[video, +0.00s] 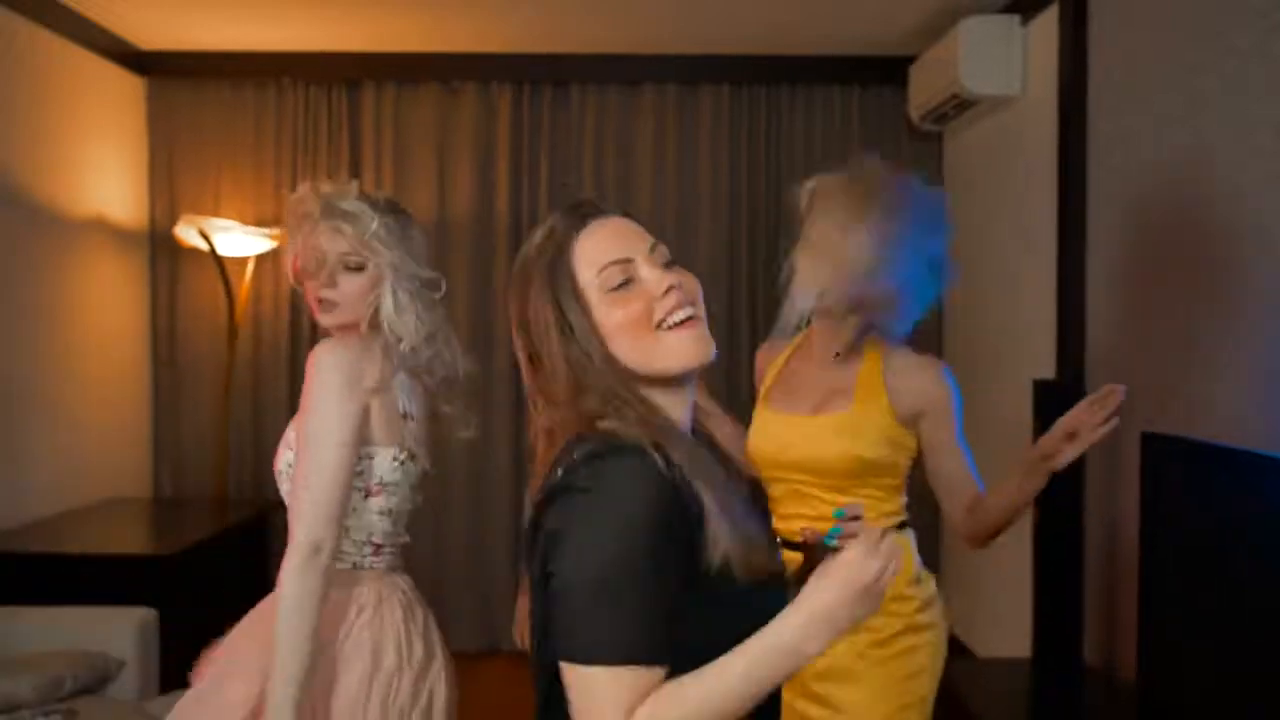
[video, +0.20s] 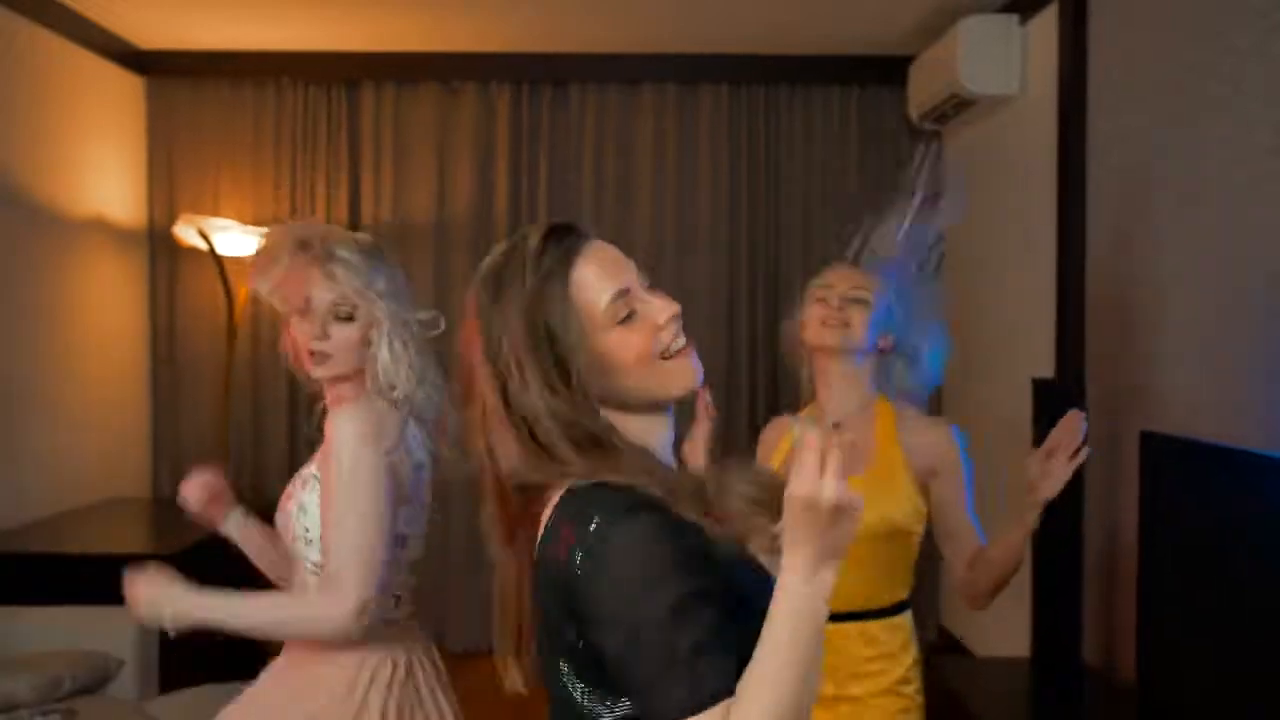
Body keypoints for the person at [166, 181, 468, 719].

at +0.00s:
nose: (322, 283)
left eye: (351, 267)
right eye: (312, 265)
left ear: (391, 275)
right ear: (298, 269)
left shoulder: (338, 360)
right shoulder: (404, 362)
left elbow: (311, 549)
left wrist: (282, 703)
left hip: (335, 629)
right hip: (396, 620)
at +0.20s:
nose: (316, 334)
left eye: (344, 316)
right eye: (303, 313)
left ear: (383, 326)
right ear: (287, 323)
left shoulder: (360, 424)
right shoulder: (373, 418)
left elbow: (346, 609)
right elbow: (310, 582)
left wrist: (187, 605)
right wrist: (231, 518)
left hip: (345, 679)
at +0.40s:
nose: (343, 319)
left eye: (370, 300)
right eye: (327, 297)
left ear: (406, 308)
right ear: (309, 306)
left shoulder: (385, 401)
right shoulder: (349, 392)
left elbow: (209, 486)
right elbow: (216, 454)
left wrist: (238, 341)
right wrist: (247, 338)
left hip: (340, 644)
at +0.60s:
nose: (382, 321)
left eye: (411, 306)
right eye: (371, 296)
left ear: (445, 321)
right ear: (352, 298)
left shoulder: (391, 410)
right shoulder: (395, 398)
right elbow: (247, 351)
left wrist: (315, 251)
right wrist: (315, 254)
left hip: (322, 627)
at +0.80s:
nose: (385, 326)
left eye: (415, 313)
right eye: (375, 304)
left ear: (455, 332)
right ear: (356, 310)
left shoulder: (403, 417)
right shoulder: (388, 414)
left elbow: (265, 275)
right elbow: (273, 357)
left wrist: (399, 211)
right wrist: (364, 250)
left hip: (330, 652)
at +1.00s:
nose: (397, 313)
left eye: (430, 301)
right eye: (392, 292)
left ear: (476, 322)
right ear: (377, 293)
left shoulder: (409, 410)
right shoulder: (416, 407)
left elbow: (259, 286)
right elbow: (271, 353)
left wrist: (420, 207)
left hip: (324, 635)